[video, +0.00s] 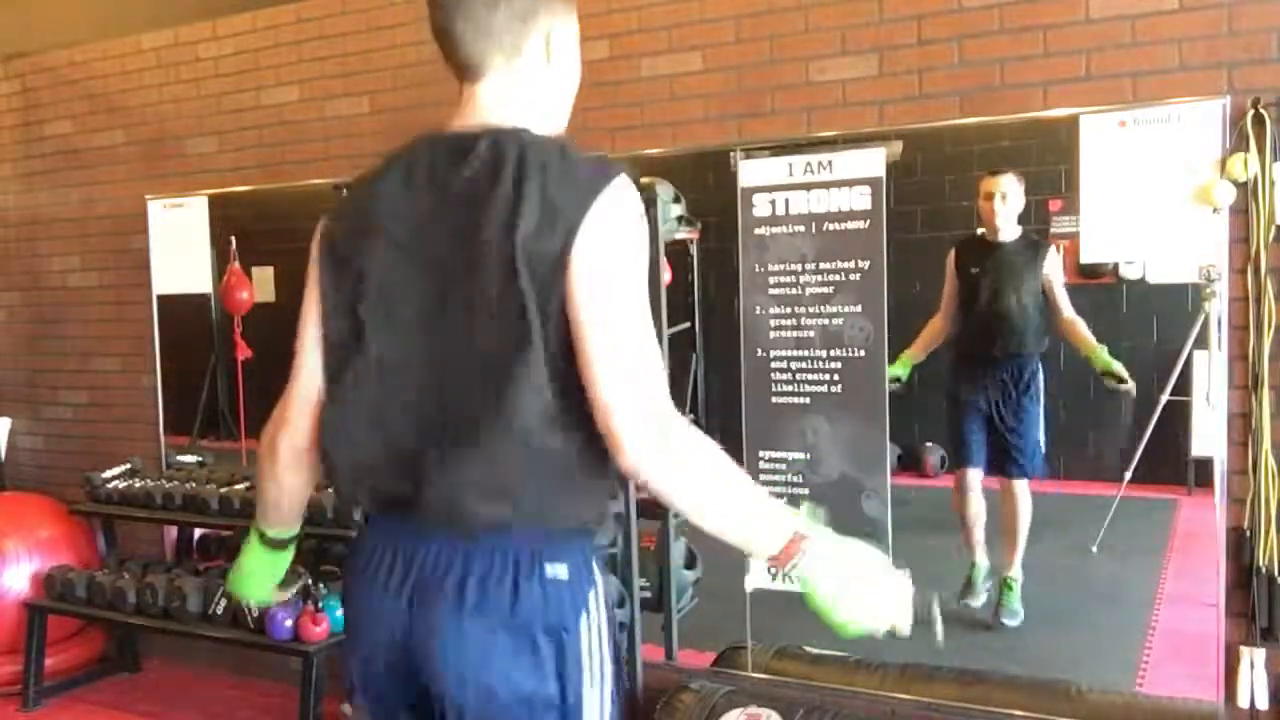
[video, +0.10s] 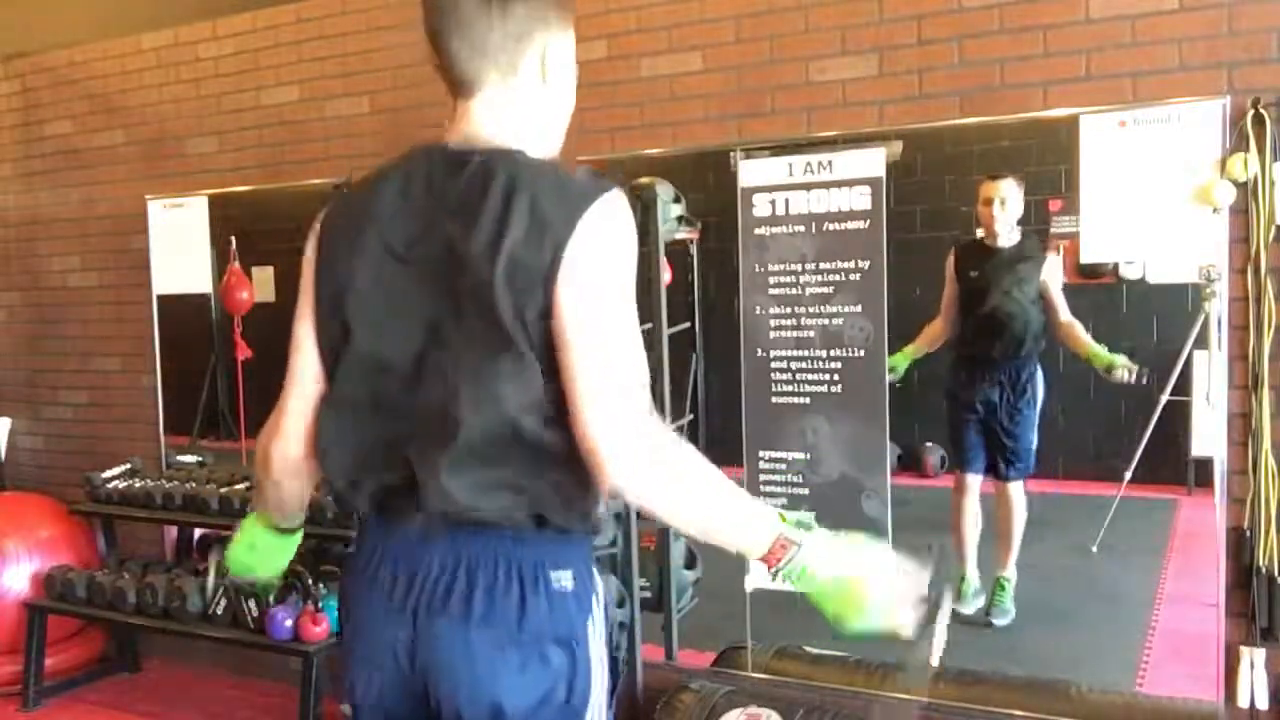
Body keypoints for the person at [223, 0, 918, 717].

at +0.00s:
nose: (581, 61)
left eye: (577, 41)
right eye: (577, 39)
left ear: (454, 52)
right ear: (555, 41)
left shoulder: (354, 212)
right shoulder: (588, 194)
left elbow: (296, 427)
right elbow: (644, 436)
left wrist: (270, 541)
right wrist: (809, 552)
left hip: (381, 578)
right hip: (530, 595)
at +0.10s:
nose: (575, 89)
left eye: (573, 67)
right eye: (572, 66)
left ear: (450, 68)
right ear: (550, 64)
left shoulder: (343, 220)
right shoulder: (580, 212)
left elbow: (291, 446)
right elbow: (627, 451)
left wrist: (274, 521)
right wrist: (801, 551)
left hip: (382, 576)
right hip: (526, 587)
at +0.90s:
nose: (516, 69)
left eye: (510, 46)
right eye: (510, 45)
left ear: (387, 56)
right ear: (487, 48)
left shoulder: (286, 226)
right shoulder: (512, 187)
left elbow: (248, 481)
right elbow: (577, 432)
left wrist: (251, 524)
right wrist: (761, 521)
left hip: (359, 572)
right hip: (508, 573)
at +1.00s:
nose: (513, 145)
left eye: (506, 121)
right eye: (508, 121)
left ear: (384, 134)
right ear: (487, 122)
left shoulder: (299, 292)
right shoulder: (516, 267)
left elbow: (242, 511)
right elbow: (597, 502)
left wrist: (346, 421)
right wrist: (791, 491)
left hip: (371, 640)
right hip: (518, 642)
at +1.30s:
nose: (542, 87)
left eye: (541, 64)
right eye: (539, 64)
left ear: (419, 62)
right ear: (513, 61)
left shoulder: (307, 226)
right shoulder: (538, 197)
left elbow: (259, 446)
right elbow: (590, 441)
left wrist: (262, 524)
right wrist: (768, 550)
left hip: (369, 579)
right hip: (517, 583)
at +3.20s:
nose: (560, 72)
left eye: (555, 49)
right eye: (554, 48)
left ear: (429, 60)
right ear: (526, 52)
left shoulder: (329, 236)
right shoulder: (568, 197)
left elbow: (262, 455)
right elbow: (642, 432)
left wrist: (249, 523)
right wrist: (821, 522)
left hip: (368, 595)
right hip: (519, 602)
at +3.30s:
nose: (560, 65)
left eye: (557, 41)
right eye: (555, 41)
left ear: (427, 48)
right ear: (527, 37)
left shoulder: (330, 208)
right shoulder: (566, 179)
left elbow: (273, 427)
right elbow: (636, 419)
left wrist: (234, 540)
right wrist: (811, 550)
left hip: (368, 576)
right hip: (521, 588)